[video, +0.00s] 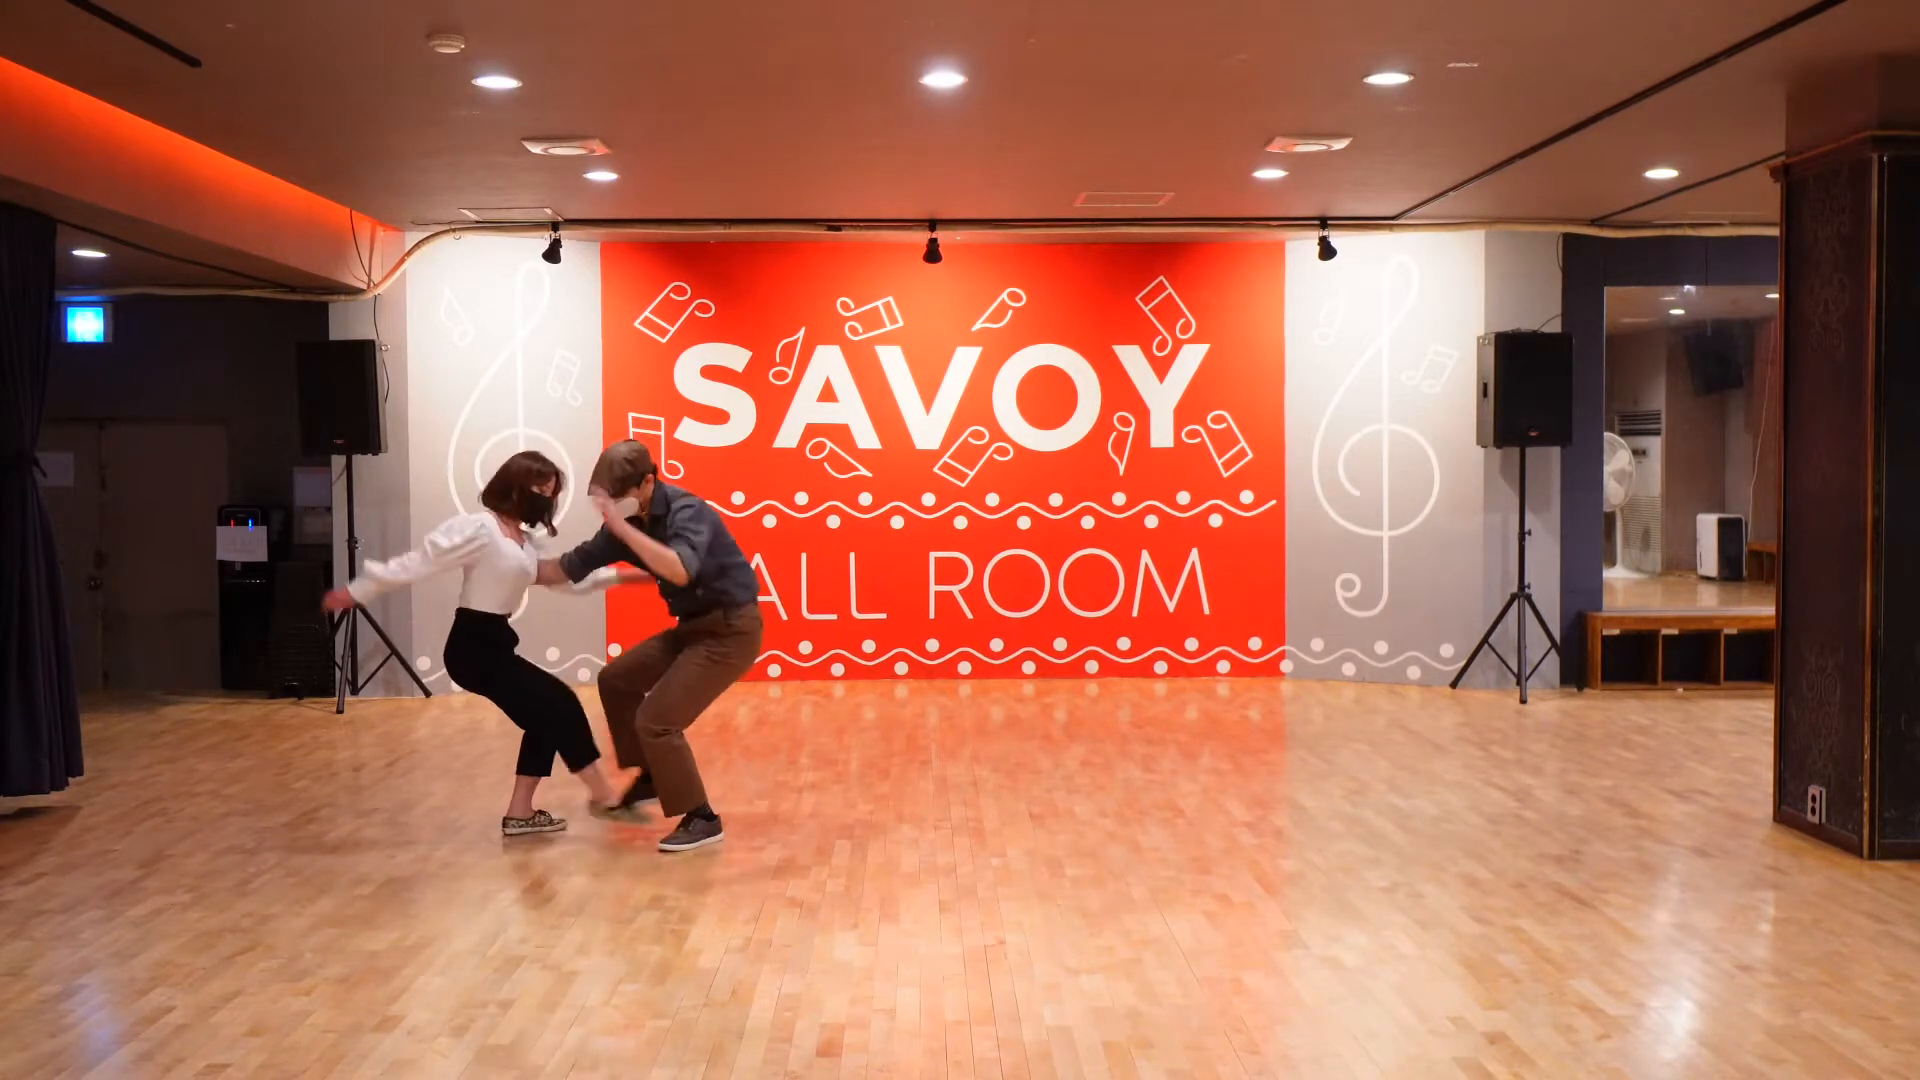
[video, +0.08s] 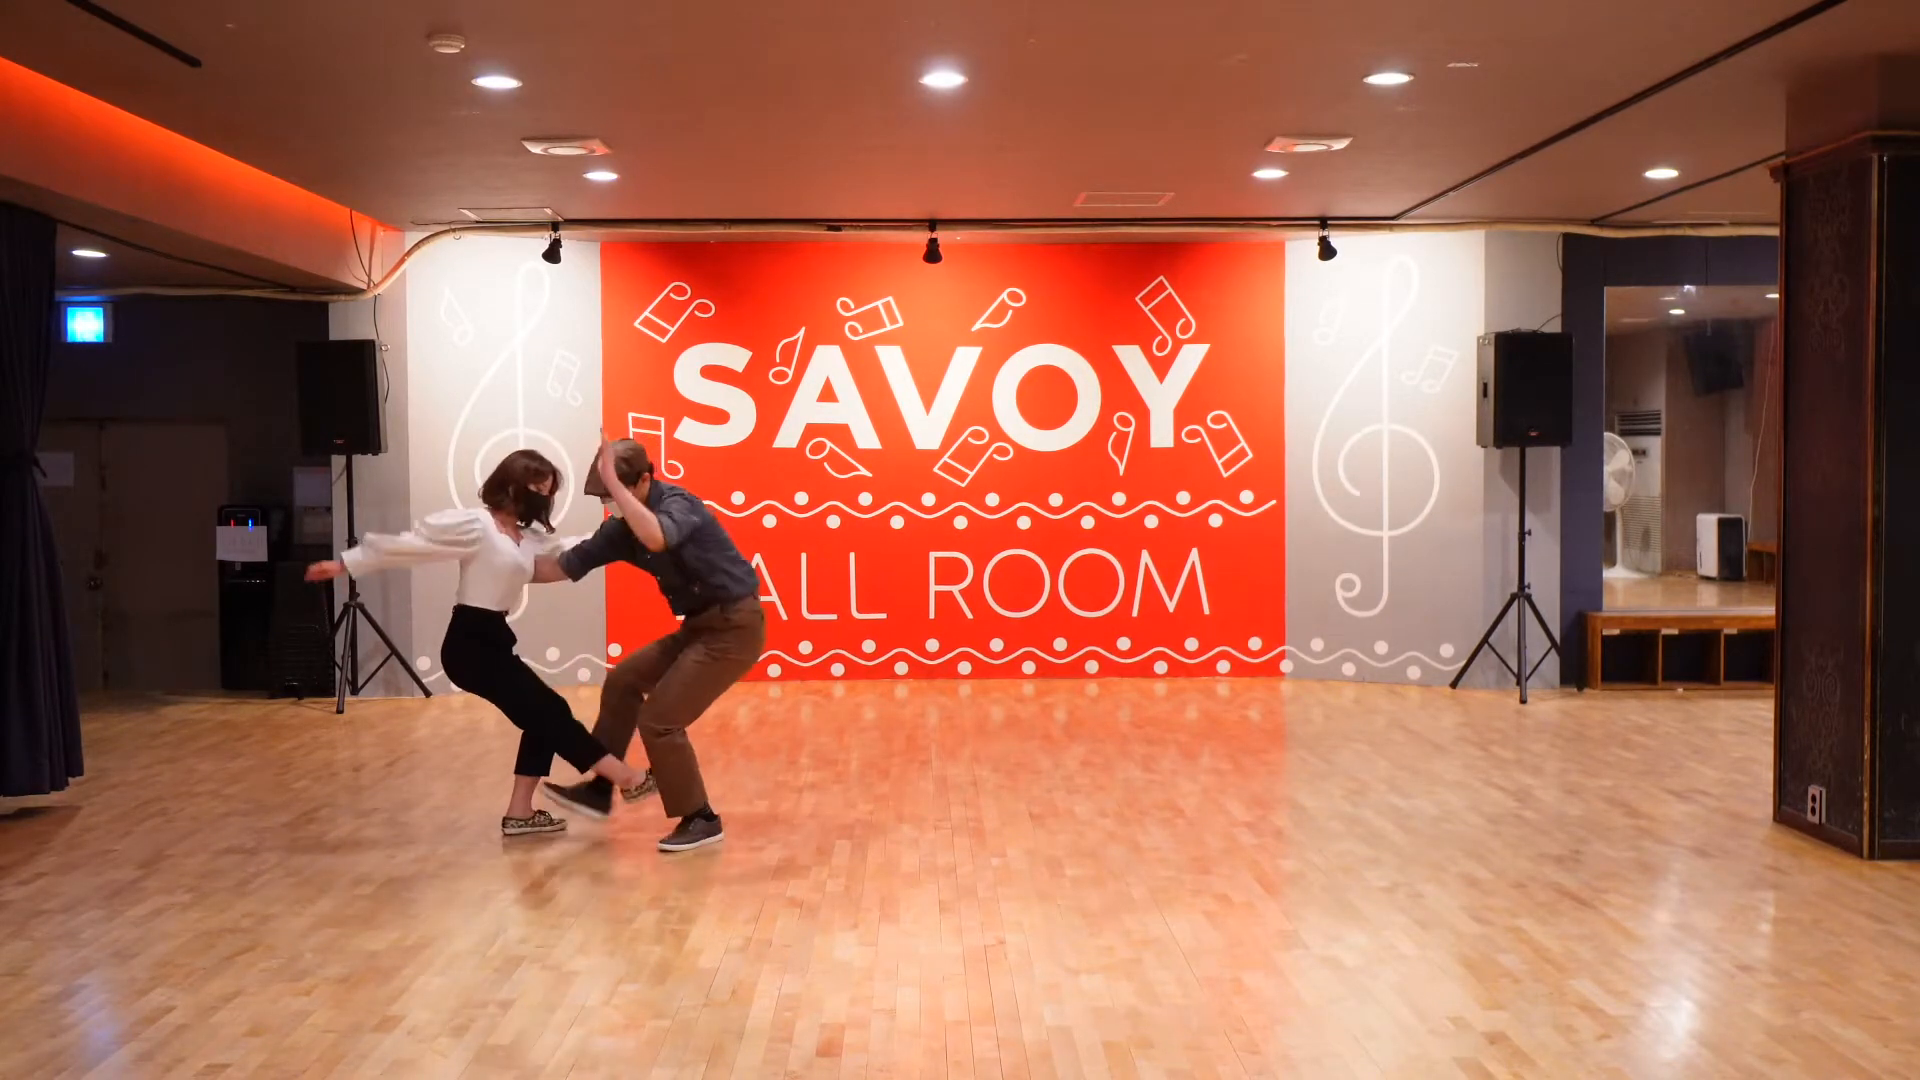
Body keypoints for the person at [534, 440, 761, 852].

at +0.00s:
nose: (611, 508)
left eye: (617, 499)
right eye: (606, 501)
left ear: (645, 485)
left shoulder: (689, 512)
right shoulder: (626, 525)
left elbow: (679, 570)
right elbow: (567, 567)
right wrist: (509, 562)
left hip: (731, 633)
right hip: (691, 631)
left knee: (656, 721)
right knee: (616, 682)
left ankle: (701, 816)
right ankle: (652, 776)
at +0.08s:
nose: (607, 505)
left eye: (611, 495)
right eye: (602, 497)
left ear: (637, 482)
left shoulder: (679, 504)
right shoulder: (621, 530)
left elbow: (657, 537)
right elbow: (561, 566)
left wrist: (614, 483)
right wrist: (502, 556)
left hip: (735, 628)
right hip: (700, 628)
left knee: (659, 718)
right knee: (623, 683)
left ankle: (700, 817)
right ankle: (599, 787)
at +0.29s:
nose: (605, 505)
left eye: (611, 495)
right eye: (601, 498)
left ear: (640, 483)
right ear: (631, 486)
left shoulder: (679, 508)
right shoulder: (631, 526)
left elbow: (623, 543)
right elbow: (563, 562)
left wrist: (562, 496)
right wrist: (500, 557)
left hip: (734, 629)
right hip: (697, 630)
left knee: (658, 720)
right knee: (621, 686)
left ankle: (701, 818)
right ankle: (617, 790)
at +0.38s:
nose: (604, 504)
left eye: (609, 494)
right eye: (601, 495)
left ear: (639, 484)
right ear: (634, 484)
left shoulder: (682, 515)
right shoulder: (628, 522)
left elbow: (630, 573)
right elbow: (574, 559)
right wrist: (528, 565)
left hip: (732, 633)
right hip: (694, 632)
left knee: (655, 720)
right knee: (617, 690)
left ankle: (701, 818)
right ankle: (659, 781)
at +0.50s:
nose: (603, 500)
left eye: (609, 490)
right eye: (600, 492)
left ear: (638, 481)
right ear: (626, 485)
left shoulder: (680, 521)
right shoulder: (622, 526)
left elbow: (650, 609)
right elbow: (564, 569)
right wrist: (503, 575)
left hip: (722, 636)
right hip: (686, 637)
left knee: (650, 723)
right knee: (621, 716)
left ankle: (700, 818)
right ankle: (675, 806)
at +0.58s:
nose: (601, 492)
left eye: (607, 483)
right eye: (598, 484)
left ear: (635, 477)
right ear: (624, 480)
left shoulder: (678, 521)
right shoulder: (619, 517)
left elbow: (691, 609)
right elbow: (566, 564)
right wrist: (506, 576)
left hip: (717, 625)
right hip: (682, 624)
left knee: (641, 711)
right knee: (620, 710)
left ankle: (693, 810)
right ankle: (673, 804)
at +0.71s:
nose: (594, 483)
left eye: (599, 473)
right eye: (591, 475)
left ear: (629, 466)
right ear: (619, 470)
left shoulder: (680, 508)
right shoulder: (612, 508)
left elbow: (734, 576)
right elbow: (565, 555)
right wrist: (512, 568)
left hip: (714, 614)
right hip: (676, 617)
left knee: (642, 694)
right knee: (624, 707)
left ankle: (649, 805)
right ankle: (682, 796)